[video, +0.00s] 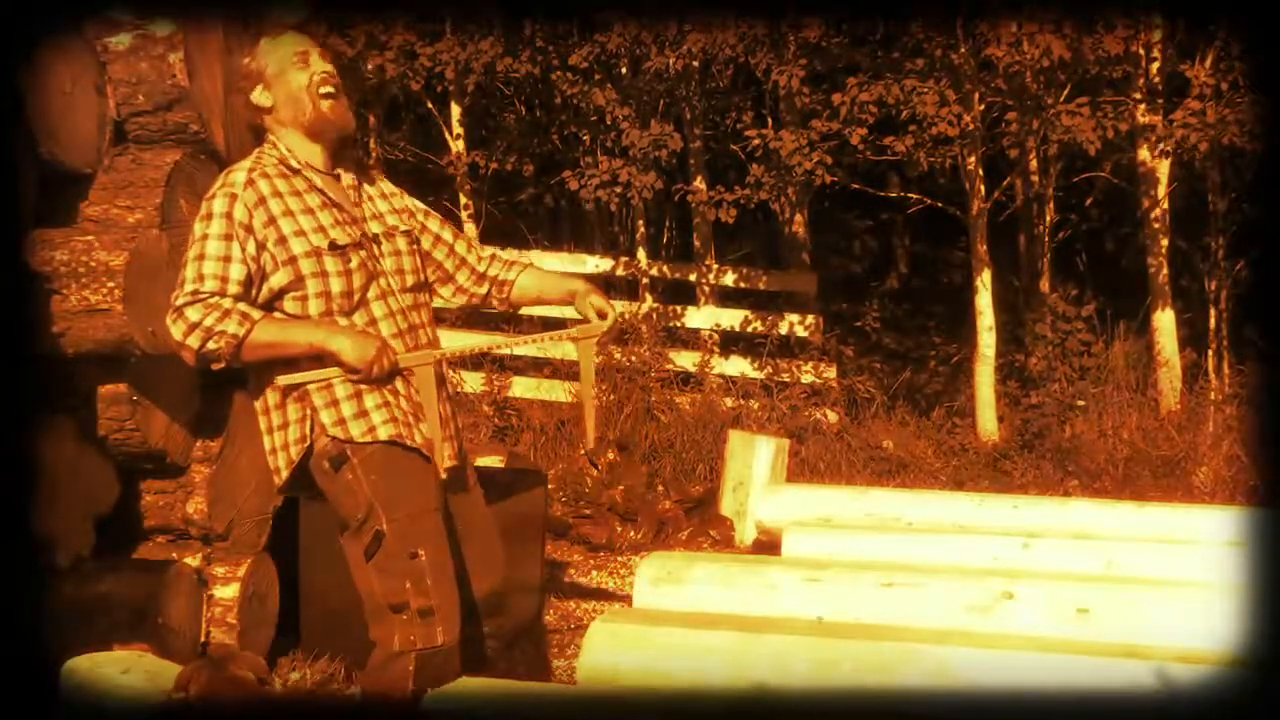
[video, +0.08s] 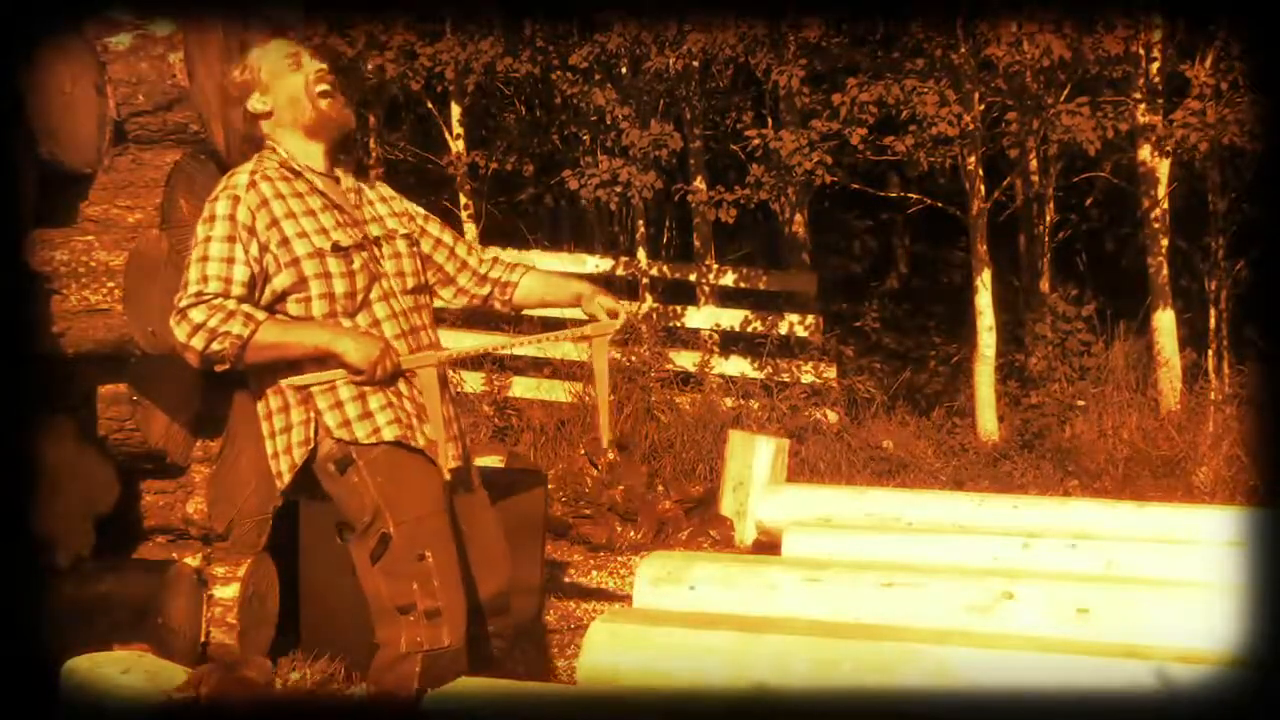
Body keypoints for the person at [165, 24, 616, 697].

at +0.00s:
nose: (327, 70)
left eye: (330, 61)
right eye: (301, 61)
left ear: (345, 88)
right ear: (261, 98)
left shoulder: (379, 193)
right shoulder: (243, 190)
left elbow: (475, 270)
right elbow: (197, 320)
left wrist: (571, 288)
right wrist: (329, 336)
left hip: (428, 420)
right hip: (346, 421)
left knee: (484, 607)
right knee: (421, 625)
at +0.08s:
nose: (324, 70)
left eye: (322, 63)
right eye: (297, 63)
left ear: (336, 94)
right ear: (259, 104)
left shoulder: (380, 199)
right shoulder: (244, 194)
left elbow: (478, 273)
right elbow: (201, 324)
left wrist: (579, 291)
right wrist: (334, 338)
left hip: (431, 421)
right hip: (348, 423)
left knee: (494, 605)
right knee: (427, 625)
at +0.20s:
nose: (315, 74)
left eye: (310, 67)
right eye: (288, 69)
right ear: (254, 114)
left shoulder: (378, 202)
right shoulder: (247, 200)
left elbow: (480, 272)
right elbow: (206, 329)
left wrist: (591, 291)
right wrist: (337, 341)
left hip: (437, 430)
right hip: (356, 432)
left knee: (507, 602)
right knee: (435, 626)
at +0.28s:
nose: (313, 79)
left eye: (310, 73)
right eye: (287, 73)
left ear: (325, 103)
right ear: (250, 113)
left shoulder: (374, 203)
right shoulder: (248, 204)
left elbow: (484, 274)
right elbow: (212, 337)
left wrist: (592, 291)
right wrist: (347, 344)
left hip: (442, 423)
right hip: (359, 429)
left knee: (509, 606)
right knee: (441, 624)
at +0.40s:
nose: (312, 82)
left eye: (311, 75)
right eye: (285, 79)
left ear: (334, 105)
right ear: (251, 122)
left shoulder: (376, 204)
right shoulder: (251, 210)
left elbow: (480, 278)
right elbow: (220, 342)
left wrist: (578, 290)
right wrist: (352, 348)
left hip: (447, 422)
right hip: (368, 427)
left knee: (518, 603)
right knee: (447, 623)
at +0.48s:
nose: (315, 85)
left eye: (313, 77)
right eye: (289, 80)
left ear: (336, 106)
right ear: (254, 123)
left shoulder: (378, 206)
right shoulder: (255, 212)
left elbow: (479, 281)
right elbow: (223, 345)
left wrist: (569, 291)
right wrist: (354, 350)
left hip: (448, 424)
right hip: (370, 429)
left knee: (519, 604)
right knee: (450, 622)